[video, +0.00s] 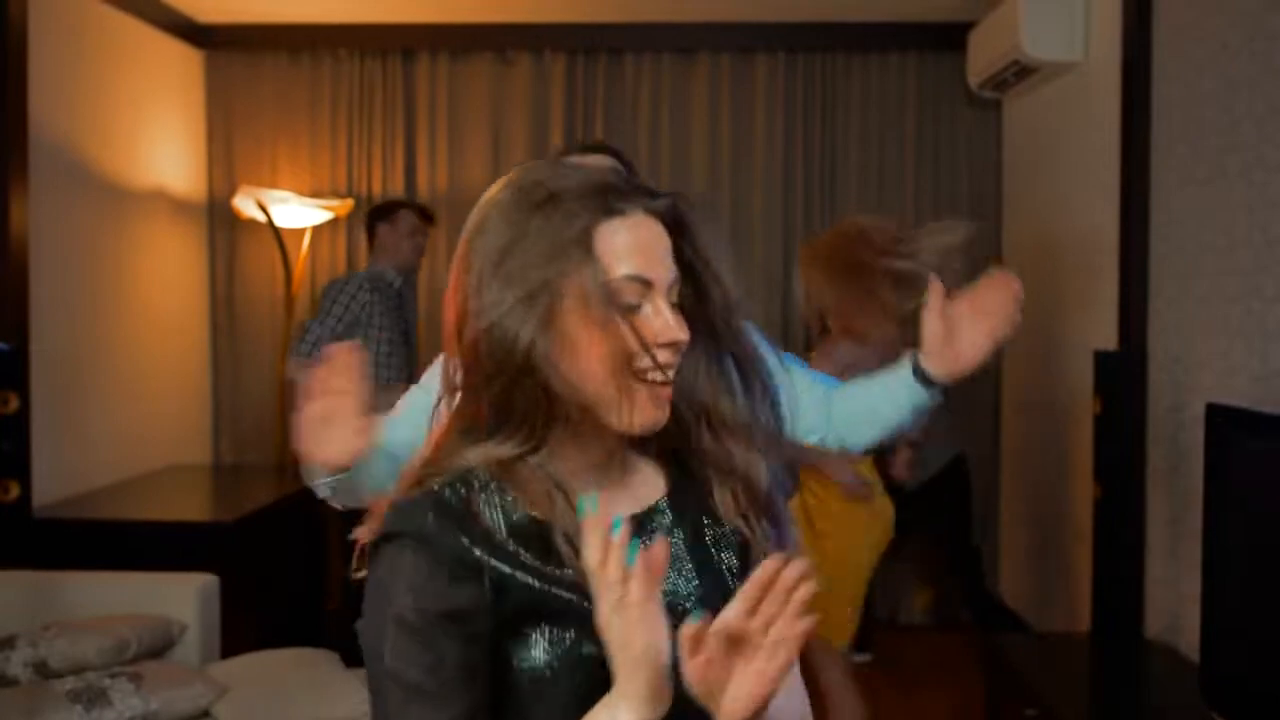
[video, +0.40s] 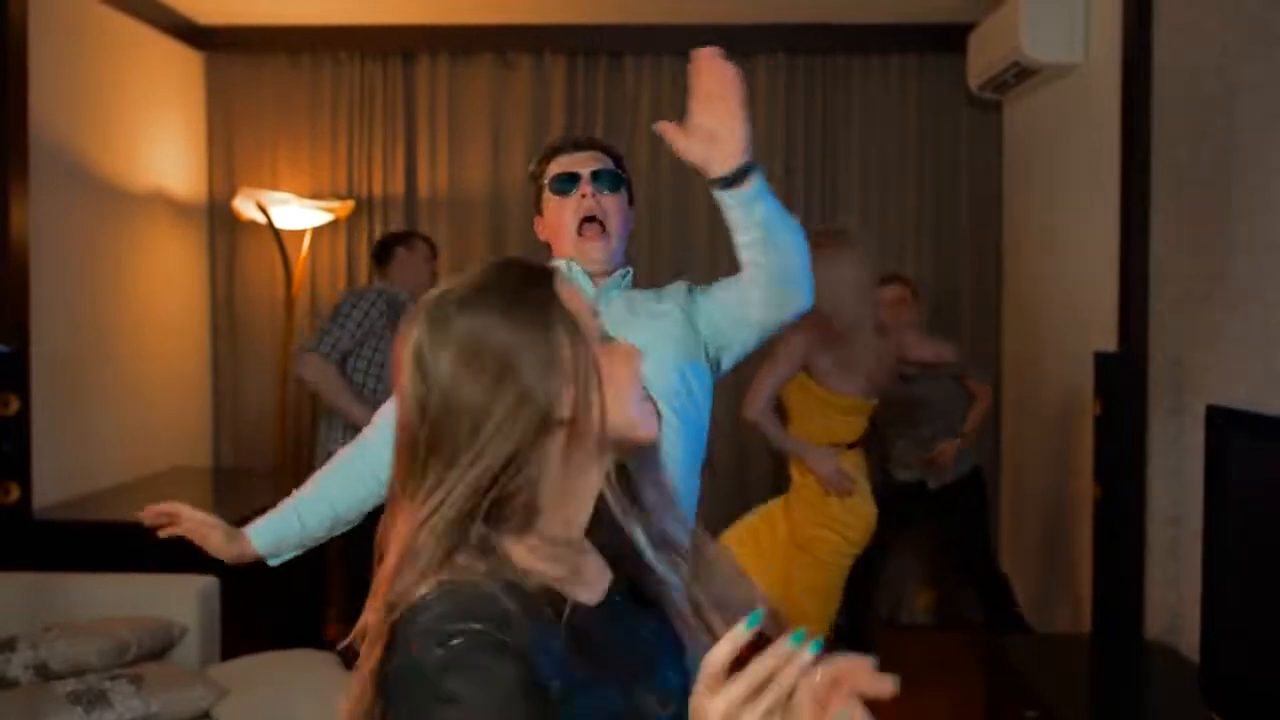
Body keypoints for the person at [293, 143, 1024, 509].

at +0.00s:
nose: (654, 316)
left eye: (651, 275)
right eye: (602, 275)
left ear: (661, 242)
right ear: (527, 270)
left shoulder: (704, 349)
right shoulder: (485, 366)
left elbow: (836, 417)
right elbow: (390, 462)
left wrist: (927, 372)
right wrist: (341, 458)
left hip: (736, 626)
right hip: (530, 629)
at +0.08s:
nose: (594, 188)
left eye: (615, 172)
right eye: (572, 171)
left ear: (642, 195)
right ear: (537, 193)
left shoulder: (690, 309)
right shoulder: (496, 324)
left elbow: (832, 375)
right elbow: (387, 443)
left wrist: (903, 312)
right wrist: (283, 472)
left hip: (694, 581)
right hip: (505, 588)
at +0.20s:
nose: (597, 175)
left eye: (616, 160)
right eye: (574, 160)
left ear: (640, 196)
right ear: (540, 193)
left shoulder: (683, 294)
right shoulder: (493, 311)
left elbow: (828, 323)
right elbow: (381, 433)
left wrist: (855, 232)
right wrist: (239, 498)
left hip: (671, 576)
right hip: (503, 581)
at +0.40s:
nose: (590, 201)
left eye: (607, 186)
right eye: (567, 189)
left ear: (635, 216)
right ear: (538, 224)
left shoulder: (683, 319)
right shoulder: (501, 322)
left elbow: (784, 292)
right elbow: (389, 443)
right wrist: (254, 542)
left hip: (646, 610)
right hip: (501, 608)